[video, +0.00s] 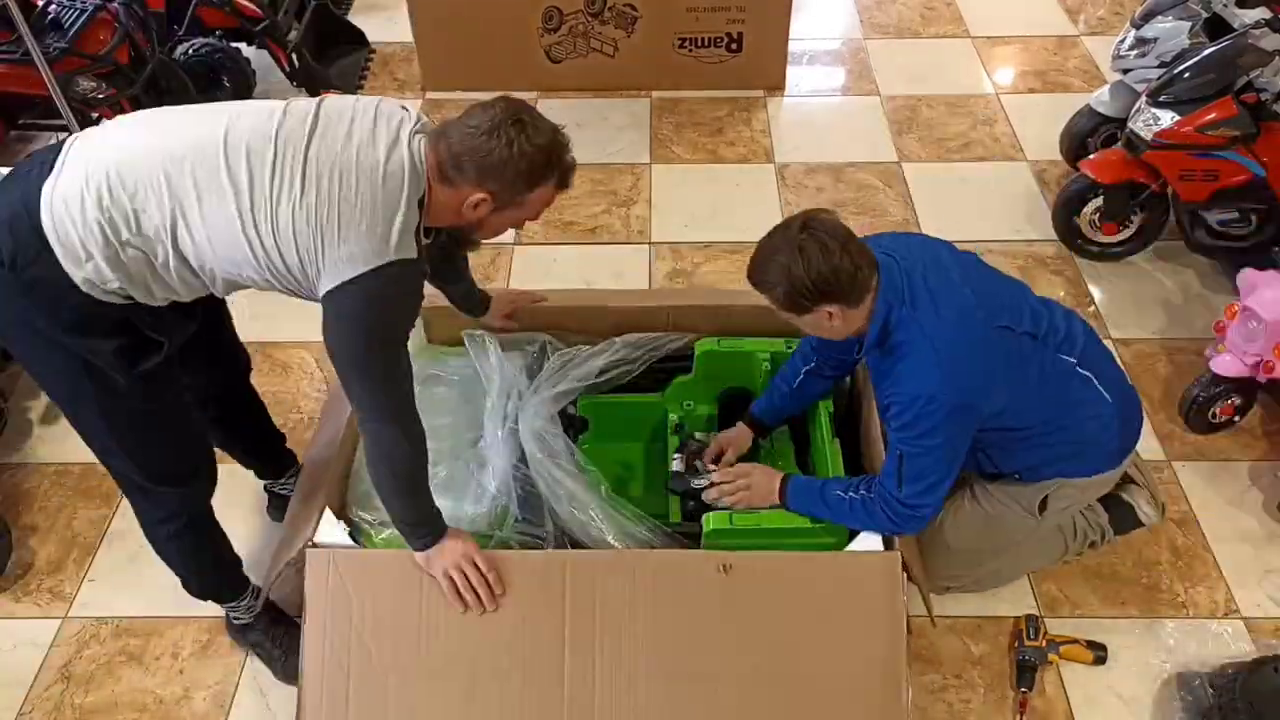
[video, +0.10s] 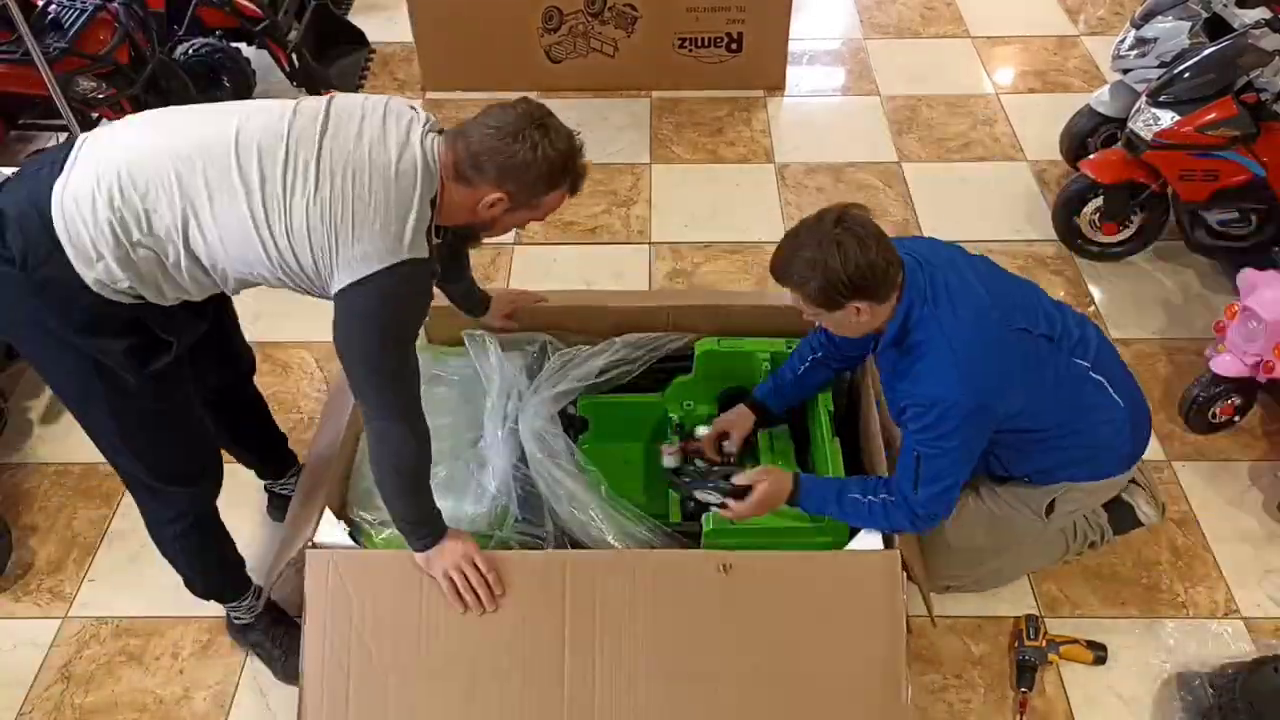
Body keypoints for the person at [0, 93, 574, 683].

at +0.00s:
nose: (520, 230)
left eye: (531, 218)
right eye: (522, 217)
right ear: (473, 203)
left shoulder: (407, 129)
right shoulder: (372, 257)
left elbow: (431, 239)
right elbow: (385, 418)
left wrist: (480, 303)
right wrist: (430, 536)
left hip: (98, 163)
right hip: (54, 250)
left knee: (220, 375)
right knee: (170, 470)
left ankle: (286, 480)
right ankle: (238, 605)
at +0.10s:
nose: (524, 230)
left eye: (535, 218)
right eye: (529, 217)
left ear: (463, 140)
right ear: (490, 203)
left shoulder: (415, 128)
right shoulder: (385, 254)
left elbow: (438, 236)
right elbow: (389, 413)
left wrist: (479, 302)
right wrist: (430, 535)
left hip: (112, 162)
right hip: (64, 244)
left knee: (223, 371)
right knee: (177, 469)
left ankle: (283, 480)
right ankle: (238, 604)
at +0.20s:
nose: (526, 232)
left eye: (537, 220)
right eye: (529, 219)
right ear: (487, 203)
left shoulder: (417, 128)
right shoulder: (386, 258)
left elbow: (439, 233)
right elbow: (390, 416)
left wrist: (477, 301)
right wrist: (429, 535)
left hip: (112, 160)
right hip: (65, 246)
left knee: (228, 369)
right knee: (180, 469)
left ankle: (284, 479)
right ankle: (238, 604)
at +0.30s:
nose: (529, 233)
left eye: (540, 221)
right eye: (535, 222)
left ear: (472, 139)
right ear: (498, 210)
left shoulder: (422, 129)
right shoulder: (391, 256)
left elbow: (442, 233)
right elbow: (390, 413)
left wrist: (477, 300)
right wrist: (429, 535)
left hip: (120, 160)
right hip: (70, 245)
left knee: (231, 369)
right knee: (182, 471)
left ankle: (283, 480)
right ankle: (239, 604)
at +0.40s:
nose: (532, 230)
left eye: (543, 216)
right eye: (539, 218)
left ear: (470, 135)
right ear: (504, 211)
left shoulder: (418, 128)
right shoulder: (391, 257)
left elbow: (439, 232)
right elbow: (390, 412)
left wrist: (477, 300)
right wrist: (429, 535)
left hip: (114, 161)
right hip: (71, 247)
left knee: (231, 370)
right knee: (183, 471)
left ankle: (284, 480)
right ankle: (238, 604)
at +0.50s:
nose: (532, 228)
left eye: (542, 215)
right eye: (538, 216)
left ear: (470, 136)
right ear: (503, 209)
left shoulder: (419, 129)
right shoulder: (392, 255)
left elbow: (440, 232)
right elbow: (390, 411)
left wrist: (478, 300)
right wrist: (429, 535)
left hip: (115, 161)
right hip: (68, 245)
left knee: (230, 368)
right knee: (182, 470)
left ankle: (284, 479)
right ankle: (239, 604)